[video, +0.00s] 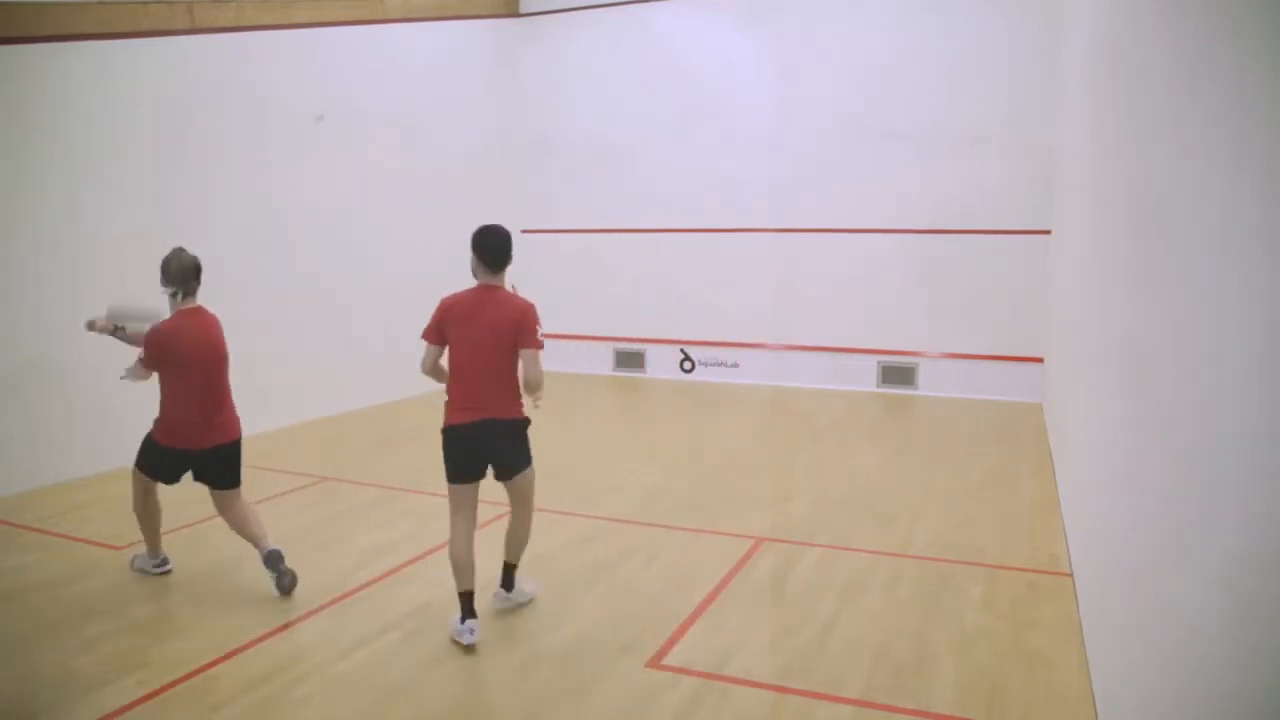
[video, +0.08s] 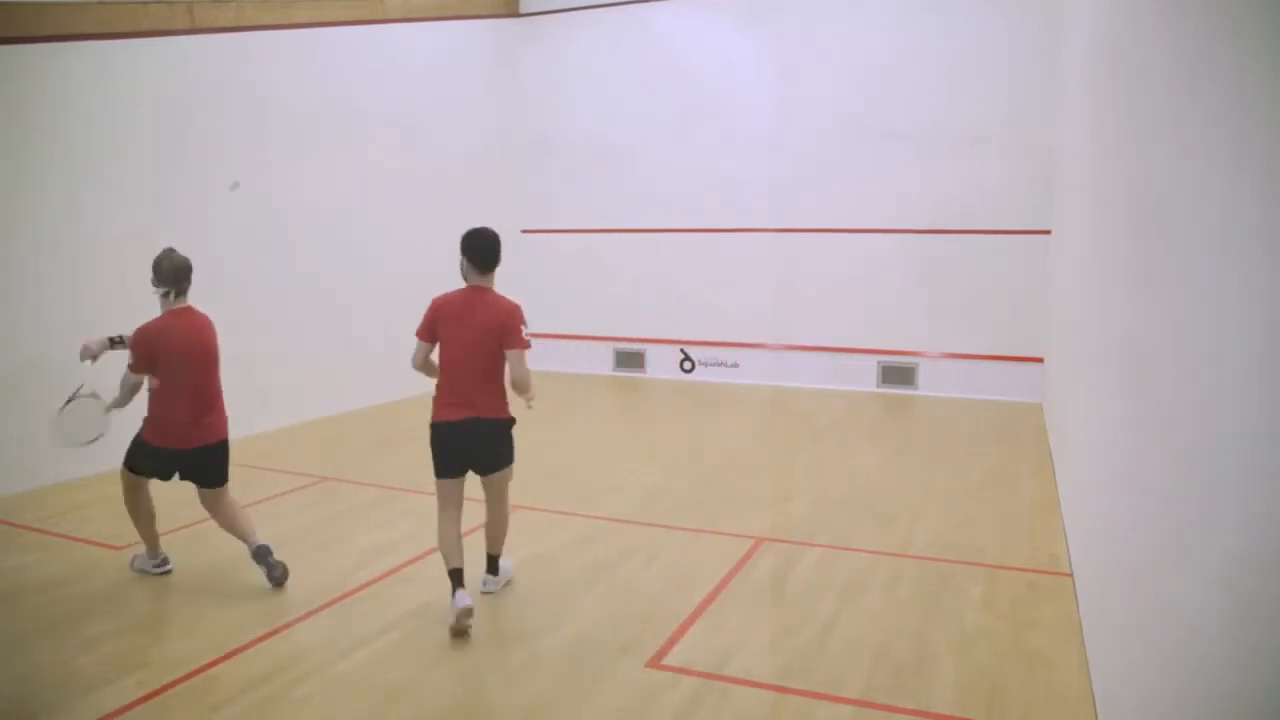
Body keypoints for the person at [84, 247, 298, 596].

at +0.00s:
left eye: (163, 280)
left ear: (166, 283)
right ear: (199, 281)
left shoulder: (161, 334)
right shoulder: (212, 323)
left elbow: (143, 372)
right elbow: (156, 340)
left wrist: (133, 371)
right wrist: (113, 330)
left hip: (175, 438)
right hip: (223, 436)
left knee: (143, 479)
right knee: (231, 502)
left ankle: (155, 555)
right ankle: (268, 550)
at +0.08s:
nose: (151, 282)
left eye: (153, 278)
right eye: (154, 278)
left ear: (158, 284)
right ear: (189, 283)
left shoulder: (149, 334)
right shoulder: (204, 324)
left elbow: (130, 386)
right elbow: (160, 337)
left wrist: (117, 403)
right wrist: (107, 343)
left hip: (163, 439)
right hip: (210, 439)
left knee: (133, 477)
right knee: (218, 499)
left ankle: (155, 555)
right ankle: (257, 547)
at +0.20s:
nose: (140, 277)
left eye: (141, 273)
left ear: (143, 280)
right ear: (178, 278)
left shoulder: (133, 330)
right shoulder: (195, 322)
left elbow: (119, 390)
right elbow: (189, 374)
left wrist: (104, 435)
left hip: (151, 432)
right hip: (198, 430)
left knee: (127, 477)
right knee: (210, 486)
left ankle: (155, 554)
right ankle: (237, 543)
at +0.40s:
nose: (134, 269)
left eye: (134, 265)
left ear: (136, 270)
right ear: (170, 267)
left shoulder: (125, 319)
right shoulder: (194, 313)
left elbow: (113, 379)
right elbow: (227, 361)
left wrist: (96, 435)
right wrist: (262, 385)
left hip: (144, 425)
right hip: (193, 423)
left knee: (132, 480)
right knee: (195, 487)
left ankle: (155, 554)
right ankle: (183, 548)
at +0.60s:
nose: (186, 263)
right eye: (186, 257)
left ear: (151, 268)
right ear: (185, 263)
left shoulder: (135, 313)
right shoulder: (209, 313)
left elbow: (124, 367)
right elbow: (240, 369)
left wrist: (108, 421)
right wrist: (274, 406)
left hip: (153, 426)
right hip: (200, 426)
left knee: (163, 482)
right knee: (191, 501)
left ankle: (163, 564)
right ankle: (153, 578)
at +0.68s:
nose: (201, 261)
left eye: (195, 256)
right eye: (200, 256)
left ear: (163, 265)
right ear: (195, 261)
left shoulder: (142, 308)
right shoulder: (216, 308)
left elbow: (128, 365)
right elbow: (244, 368)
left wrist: (109, 417)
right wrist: (272, 408)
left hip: (159, 419)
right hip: (205, 421)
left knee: (184, 472)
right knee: (187, 506)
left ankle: (189, 547)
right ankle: (151, 580)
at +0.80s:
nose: (222, 252)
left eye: (219, 247)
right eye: (219, 248)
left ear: (183, 259)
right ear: (213, 255)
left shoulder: (163, 301)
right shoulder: (236, 302)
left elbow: (137, 362)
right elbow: (253, 365)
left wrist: (112, 412)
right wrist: (271, 407)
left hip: (177, 412)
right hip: (220, 413)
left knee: (215, 478)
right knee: (204, 497)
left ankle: (229, 549)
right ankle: (163, 574)